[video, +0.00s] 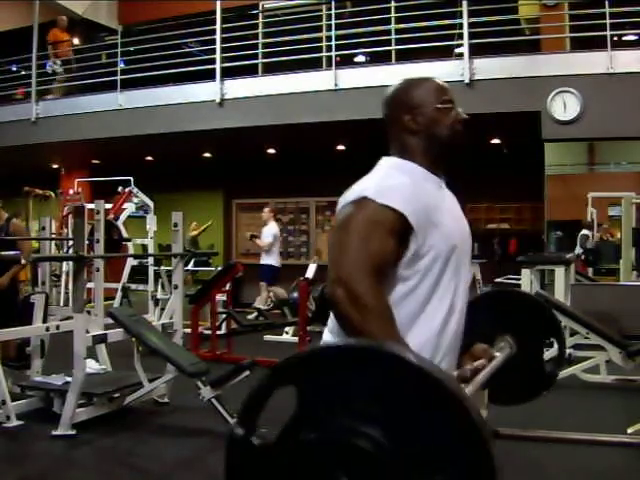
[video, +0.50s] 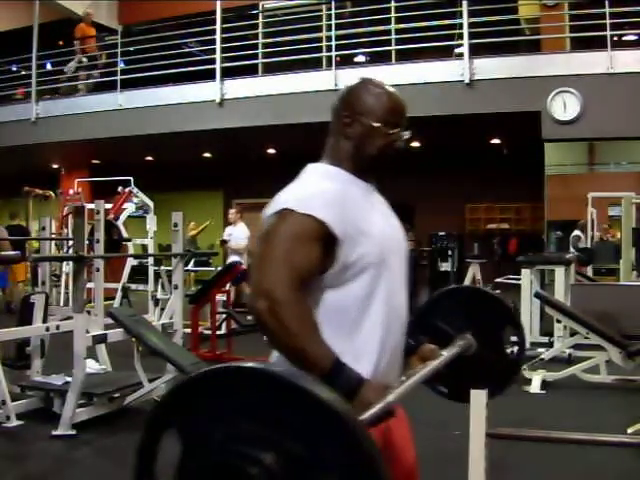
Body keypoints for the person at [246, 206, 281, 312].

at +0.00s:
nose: (262, 215)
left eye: (265, 212)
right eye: (263, 212)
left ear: (271, 214)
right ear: (269, 214)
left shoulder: (270, 228)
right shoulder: (271, 227)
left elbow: (266, 245)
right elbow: (266, 244)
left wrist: (254, 239)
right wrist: (256, 238)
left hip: (269, 262)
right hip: (269, 262)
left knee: (264, 286)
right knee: (267, 286)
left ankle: (258, 309)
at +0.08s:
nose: (256, 214)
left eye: (259, 212)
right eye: (256, 212)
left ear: (266, 214)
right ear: (259, 214)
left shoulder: (268, 228)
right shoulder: (259, 228)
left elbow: (263, 246)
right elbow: (257, 243)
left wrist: (251, 240)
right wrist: (249, 239)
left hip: (266, 261)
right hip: (260, 260)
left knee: (259, 284)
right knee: (262, 285)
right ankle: (258, 307)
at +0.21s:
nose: (248, 215)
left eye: (250, 212)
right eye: (248, 212)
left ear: (257, 214)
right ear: (250, 214)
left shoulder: (262, 228)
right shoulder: (249, 228)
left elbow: (257, 247)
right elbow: (248, 243)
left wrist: (244, 242)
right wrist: (241, 240)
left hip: (259, 260)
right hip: (251, 259)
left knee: (246, 282)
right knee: (259, 285)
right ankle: (258, 307)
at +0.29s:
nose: (243, 215)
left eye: (246, 213)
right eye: (243, 212)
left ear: (252, 214)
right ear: (243, 214)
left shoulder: (257, 228)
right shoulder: (243, 228)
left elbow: (254, 246)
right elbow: (242, 240)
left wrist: (241, 243)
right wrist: (235, 240)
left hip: (253, 260)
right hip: (245, 259)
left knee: (241, 282)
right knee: (254, 283)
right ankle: (257, 305)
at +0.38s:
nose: (238, 216)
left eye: (240, 213)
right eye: (238, 213)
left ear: (247, 215)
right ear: (238, 215)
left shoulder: (251, 228)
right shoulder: (238, 228)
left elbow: (250, 246)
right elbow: (233, 241)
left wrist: (236, 244)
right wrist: (230, 242)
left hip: (248, 261)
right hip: (239, 260)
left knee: (237, 286)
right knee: (252, 284)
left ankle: (230, 308)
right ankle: (259, 305)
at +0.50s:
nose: (230, 216)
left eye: (232, 214)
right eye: (229, 214)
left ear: (238, 215)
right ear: (228, 216)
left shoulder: (243, 229)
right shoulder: (228, 229)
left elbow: (242, 247)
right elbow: (225, 240)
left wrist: (229, 245)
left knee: (242, 283)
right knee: (231, 284)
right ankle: (230, 303)